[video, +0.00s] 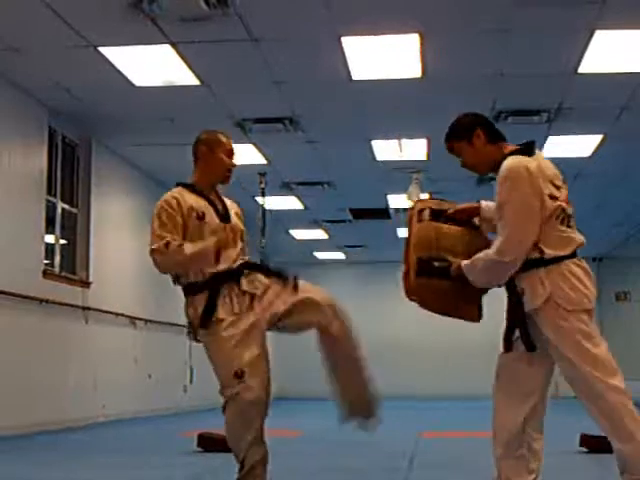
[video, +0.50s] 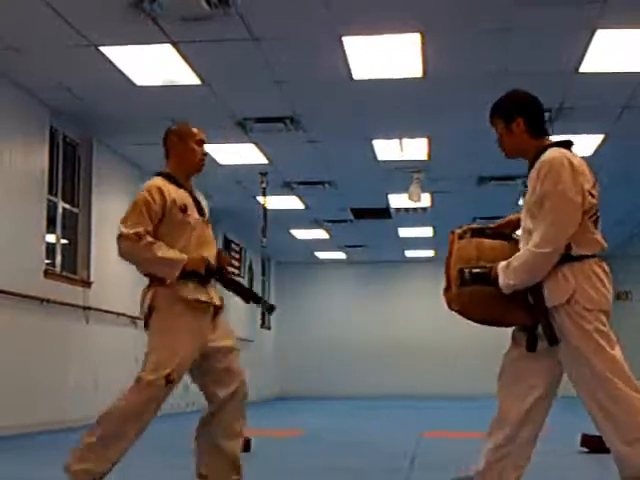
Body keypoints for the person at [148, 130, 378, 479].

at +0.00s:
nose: (233, 164)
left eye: (233, 157)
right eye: (227, 155)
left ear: (209, 157)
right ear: (203, 155)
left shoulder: (232, 208)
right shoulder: (174, 202)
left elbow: (236, 258)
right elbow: (163, 257)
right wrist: (214, 246)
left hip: (254, 287)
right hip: (219, 306)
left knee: (327, 311)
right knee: (247, 395)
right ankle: (252, 472)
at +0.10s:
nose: (237, 152)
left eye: (237, 146)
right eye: (230, 145)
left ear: (228, 151)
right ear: (206, 148)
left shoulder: (241, 200)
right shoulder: (184, 194)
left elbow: (247, 254)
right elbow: (165, 247)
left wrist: (278, 287)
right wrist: (209, 269)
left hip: (256, 301)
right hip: (216, 305)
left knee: (291, 376)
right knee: (235, 384)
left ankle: (274, 467)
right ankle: (245, 465)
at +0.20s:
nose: (241, 157)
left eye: (240, 151)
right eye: (233, 151)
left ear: (235, 159)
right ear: (210, 156)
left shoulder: (250, 209)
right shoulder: (191, 203)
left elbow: (266, 254)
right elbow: (165, 255)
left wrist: (296, 257)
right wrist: (214, 273)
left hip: (250, 306)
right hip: (210, 307)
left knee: (269, 384)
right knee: (227, 379)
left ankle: (253, 467)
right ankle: (216, 469)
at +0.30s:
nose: (236, 148)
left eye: (235, 142)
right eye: (228, 142)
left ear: (223, 149)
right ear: (205, 146)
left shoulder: (239, 201)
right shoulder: (186, 191)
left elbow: (247, 243)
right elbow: (158, 241)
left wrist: (269, 241)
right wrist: (208, 261)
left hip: (242, 296)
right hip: (201, 296)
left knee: (254, 379)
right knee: (204, 373)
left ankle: (255, 469)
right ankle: (160, 462)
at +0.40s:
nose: (221, 138)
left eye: (221, 132)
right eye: (214, 131)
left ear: (216, 140)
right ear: (188, 136)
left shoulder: (222, 190)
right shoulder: (171, 178)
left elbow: (218, 244)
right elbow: (144, 229)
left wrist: (238, 243)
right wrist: (196, 251)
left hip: (224, 293)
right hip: (187, 290)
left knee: (241, 379)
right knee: (179, 372)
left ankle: (252, 469)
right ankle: (118, 457)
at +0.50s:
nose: (204, 151)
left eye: (204, 145)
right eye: (198, 143)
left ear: (191, 150)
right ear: (174, 145)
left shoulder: (197, 200)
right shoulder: (157, 189)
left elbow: (191, 247)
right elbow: (130, 242)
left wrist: (218, 259)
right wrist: (185, 263)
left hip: (207, 306)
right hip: (176, 303)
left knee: (230, 391)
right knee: (153, 387)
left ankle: (219, 473)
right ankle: (84, 469)